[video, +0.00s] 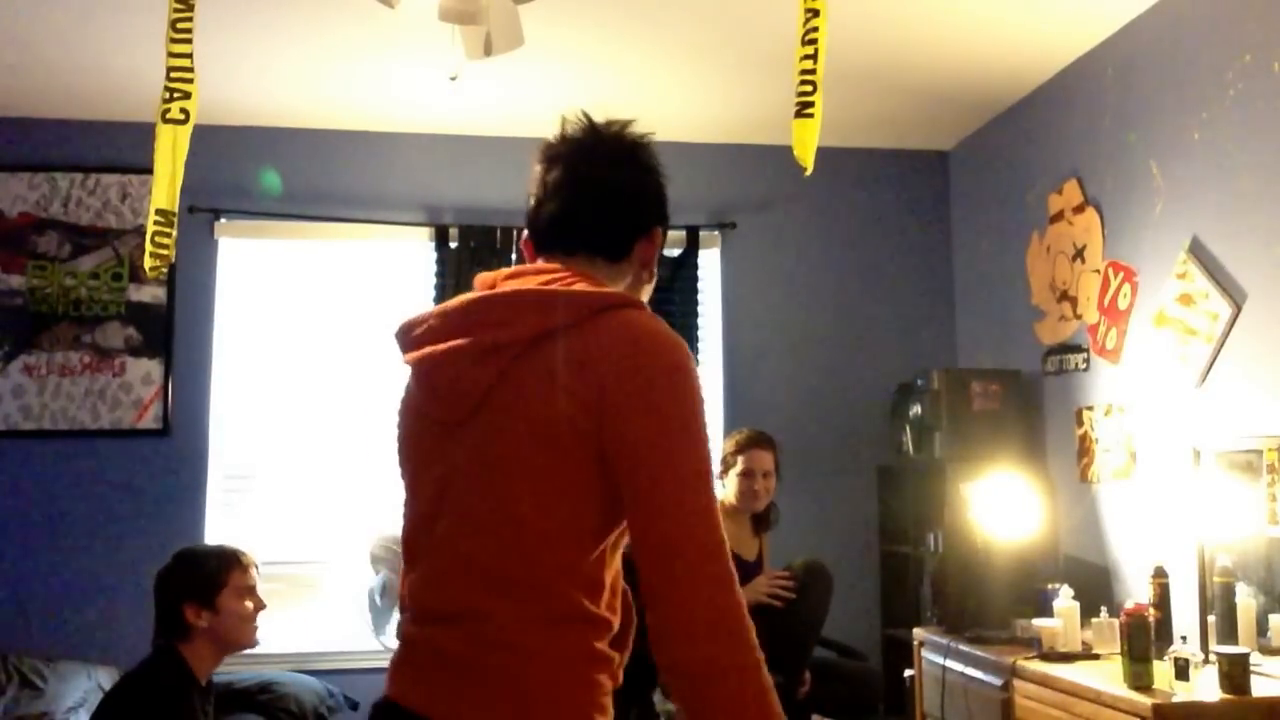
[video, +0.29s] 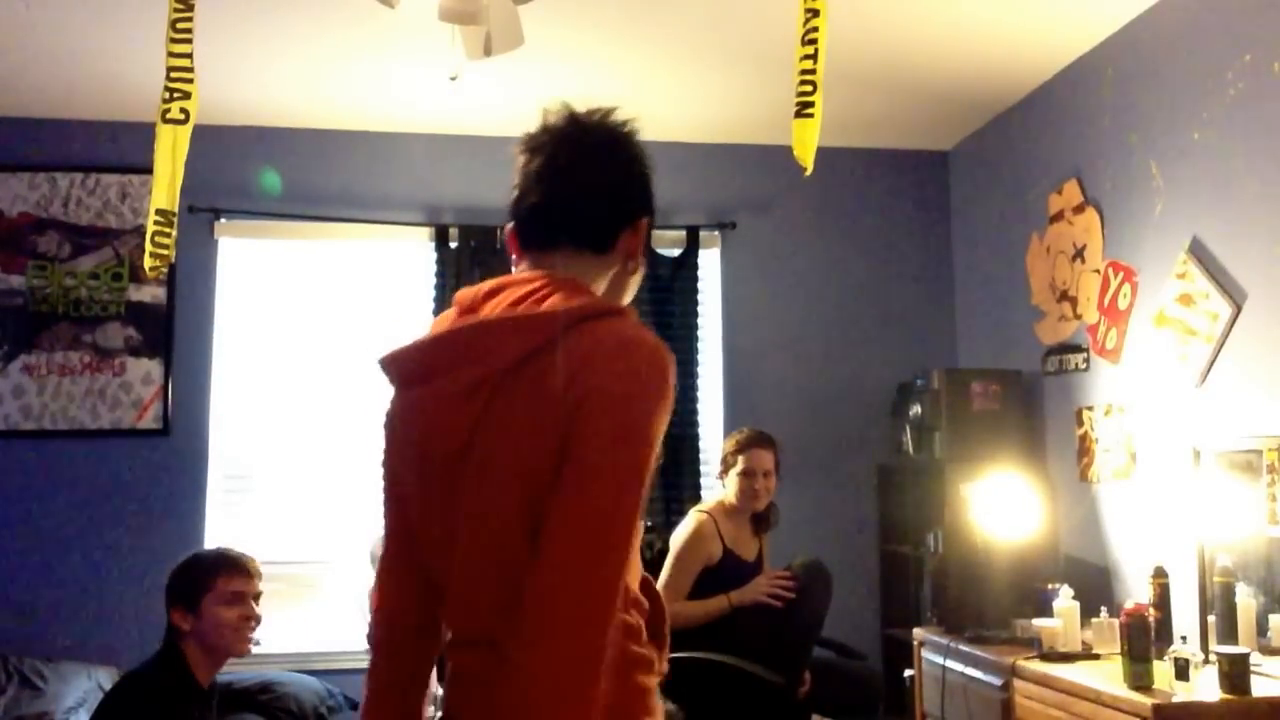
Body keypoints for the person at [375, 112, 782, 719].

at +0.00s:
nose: (651, 286)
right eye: (658, 267)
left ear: (527, 246)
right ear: (649, 249)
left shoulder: (444, 349)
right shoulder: (636, 347)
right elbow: (692, 602)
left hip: (417, 690)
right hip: (557, 700)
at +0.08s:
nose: (643, 277)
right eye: (649, 259)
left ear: (519, 239)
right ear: (637, 245)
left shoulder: (431, 356)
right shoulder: (630, 345)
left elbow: (419, 572)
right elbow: (659, 590)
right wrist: (697, 707)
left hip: (433, 693)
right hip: (570, 696)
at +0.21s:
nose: (632, 280)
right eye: (639, 259)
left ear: (502, 251)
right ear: (626, 247)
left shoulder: (422, 363)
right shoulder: (620, 362)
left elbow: (400, 584)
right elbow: (580, 586)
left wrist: (399, 710)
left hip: (468, 694)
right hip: (590, 698)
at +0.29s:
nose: (643, 267)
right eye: (648, 248)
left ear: (512, 241)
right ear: (635, 240)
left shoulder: (433, 359)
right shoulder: (624, 354)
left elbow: (404, 597)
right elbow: (580, 584)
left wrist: (388, 712)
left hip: (472, 691)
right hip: (595, 695)